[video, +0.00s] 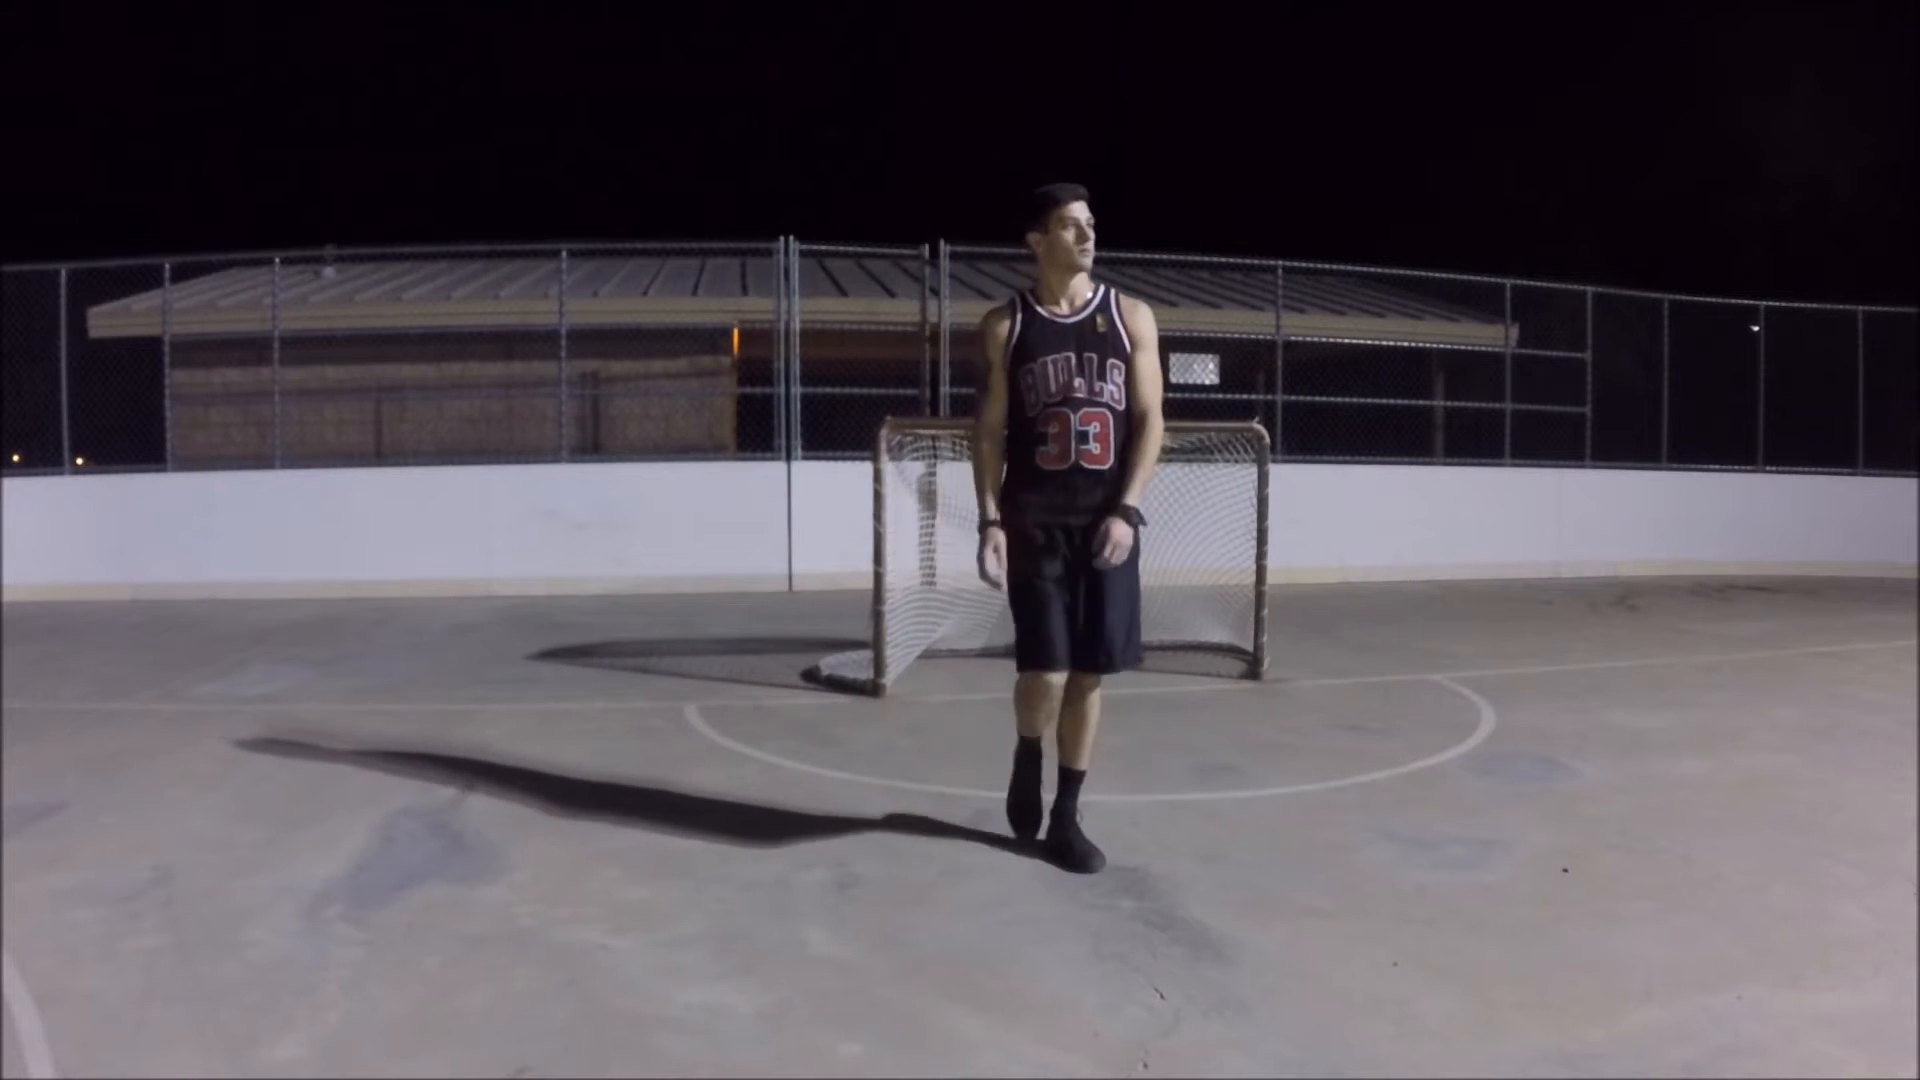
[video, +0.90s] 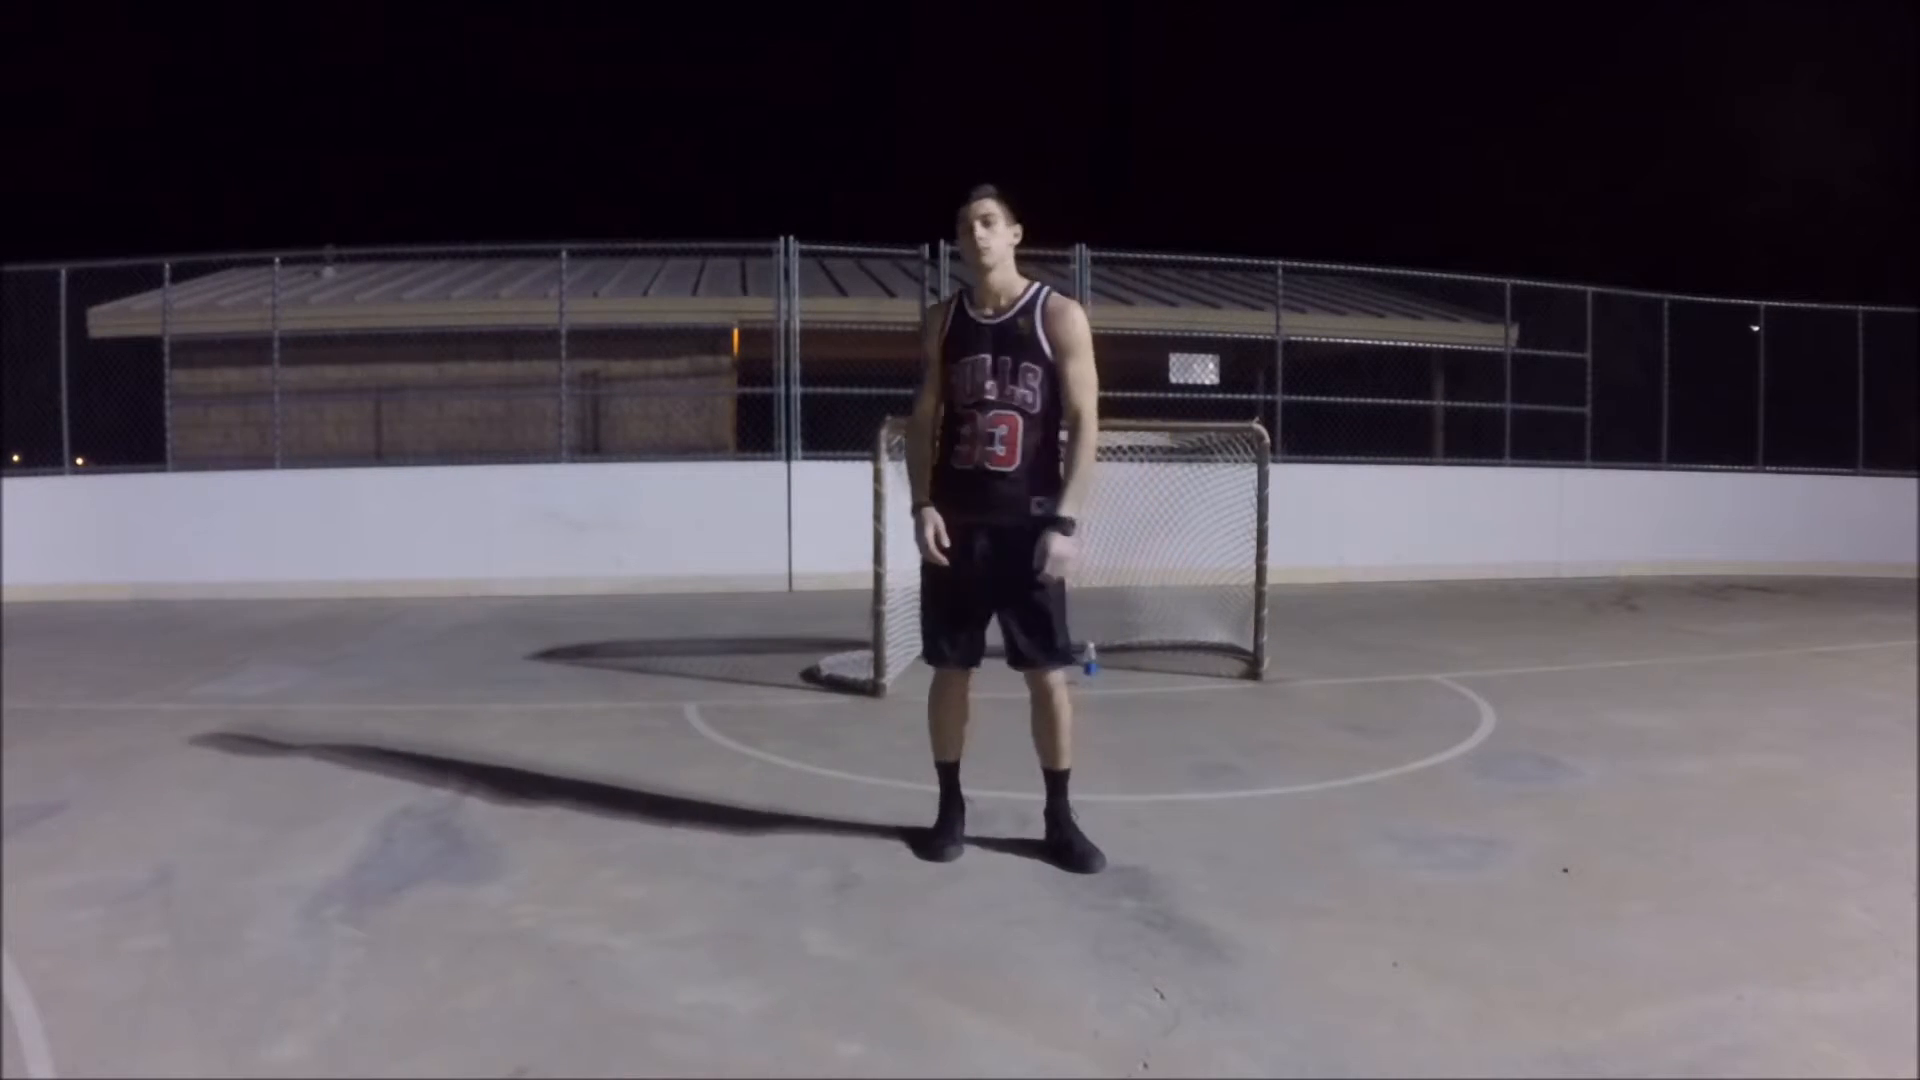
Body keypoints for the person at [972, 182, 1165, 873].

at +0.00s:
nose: (1085, 232)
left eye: (1088, 224)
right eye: (1070, 225)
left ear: (1096, 238)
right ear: (1036, 241)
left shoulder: (1132, 316)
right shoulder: (1006, 325)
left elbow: (1151, 422)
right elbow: (989, 430)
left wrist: (1127, 509)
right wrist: (991, 518)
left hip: (1107, 519)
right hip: (1034, 518)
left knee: (1088, 672)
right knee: (1044, 667)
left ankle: (1066, 817)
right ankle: (1028, 766)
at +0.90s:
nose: (977, 235)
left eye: (989, 222)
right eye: (968, 226)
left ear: (1016, 233)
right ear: (958, 241)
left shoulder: (1060, 315)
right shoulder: (945, 317)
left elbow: (1085, 423)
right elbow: (923, 416)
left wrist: (1067, 519)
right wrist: (923, 502)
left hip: (1032, 525)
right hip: (956, 523)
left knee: (1047, 672)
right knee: (950, 667)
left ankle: (1060, 818)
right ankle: (949, 809)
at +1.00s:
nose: (957, 239)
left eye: (969, 227)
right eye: (949, 230)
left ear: (998, 237)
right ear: (941, 245)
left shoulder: (1039, 314)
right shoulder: (935, 321)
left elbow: (1062, 423)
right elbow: (915, 420)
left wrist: (1034, 520)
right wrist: (903, 505)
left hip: (1013, 518)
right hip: (943, 517)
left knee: (1032, 670)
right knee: (944, 667)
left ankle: (1053, 810)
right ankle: (949, 813)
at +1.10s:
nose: (941, 244)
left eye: (953, 231)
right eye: (933, 235)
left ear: (982, 240)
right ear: (925, 249)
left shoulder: (1023, 311)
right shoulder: (928, 325)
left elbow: (1042, 419)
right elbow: (913, 425)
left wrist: (1007, 513)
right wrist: (883, 515)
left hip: (1007, 508)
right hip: (941, 507)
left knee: (1014, 663)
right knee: (942, 665)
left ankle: (1038, 803)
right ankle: (950, 809)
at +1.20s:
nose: (934, 243)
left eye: (946, 233)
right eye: (926, 235)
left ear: (974, 244)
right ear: (918, 250)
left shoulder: (1013, 309)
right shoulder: (923, 331)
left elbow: (1029, 416)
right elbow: (910, 429)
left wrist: (982, 507)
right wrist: (877, 517)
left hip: (1007, 508)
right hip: (939, 505)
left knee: (1010, 660)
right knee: (941, 666)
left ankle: (1032, 795)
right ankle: (949, 810)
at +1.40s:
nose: (936, 238)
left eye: (948, 227)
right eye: (927, 230)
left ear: (975, 240)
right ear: (917, 246)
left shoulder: (1012, 308)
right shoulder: (919, 324)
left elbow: (1018, 416)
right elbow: (911, 423)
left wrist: (964, 502)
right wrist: (886, 512)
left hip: (1007, 509)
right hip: (940, 507)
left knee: (1023, 660)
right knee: (944, 668)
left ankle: (1040, 741)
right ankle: (950, 809)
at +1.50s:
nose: (940, 240)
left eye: (952, 229)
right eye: (930, 232)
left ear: (978, 241)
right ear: (919, 248)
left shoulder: (1018, 310)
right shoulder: (919, 325)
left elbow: (1024, 419)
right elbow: (914, 426)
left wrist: (971, 506)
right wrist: (893, 514)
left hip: (1007, 509)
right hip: (938, 508)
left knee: (1029, 664)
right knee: (944, 666)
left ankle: (1043, 746)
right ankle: (949, 806)